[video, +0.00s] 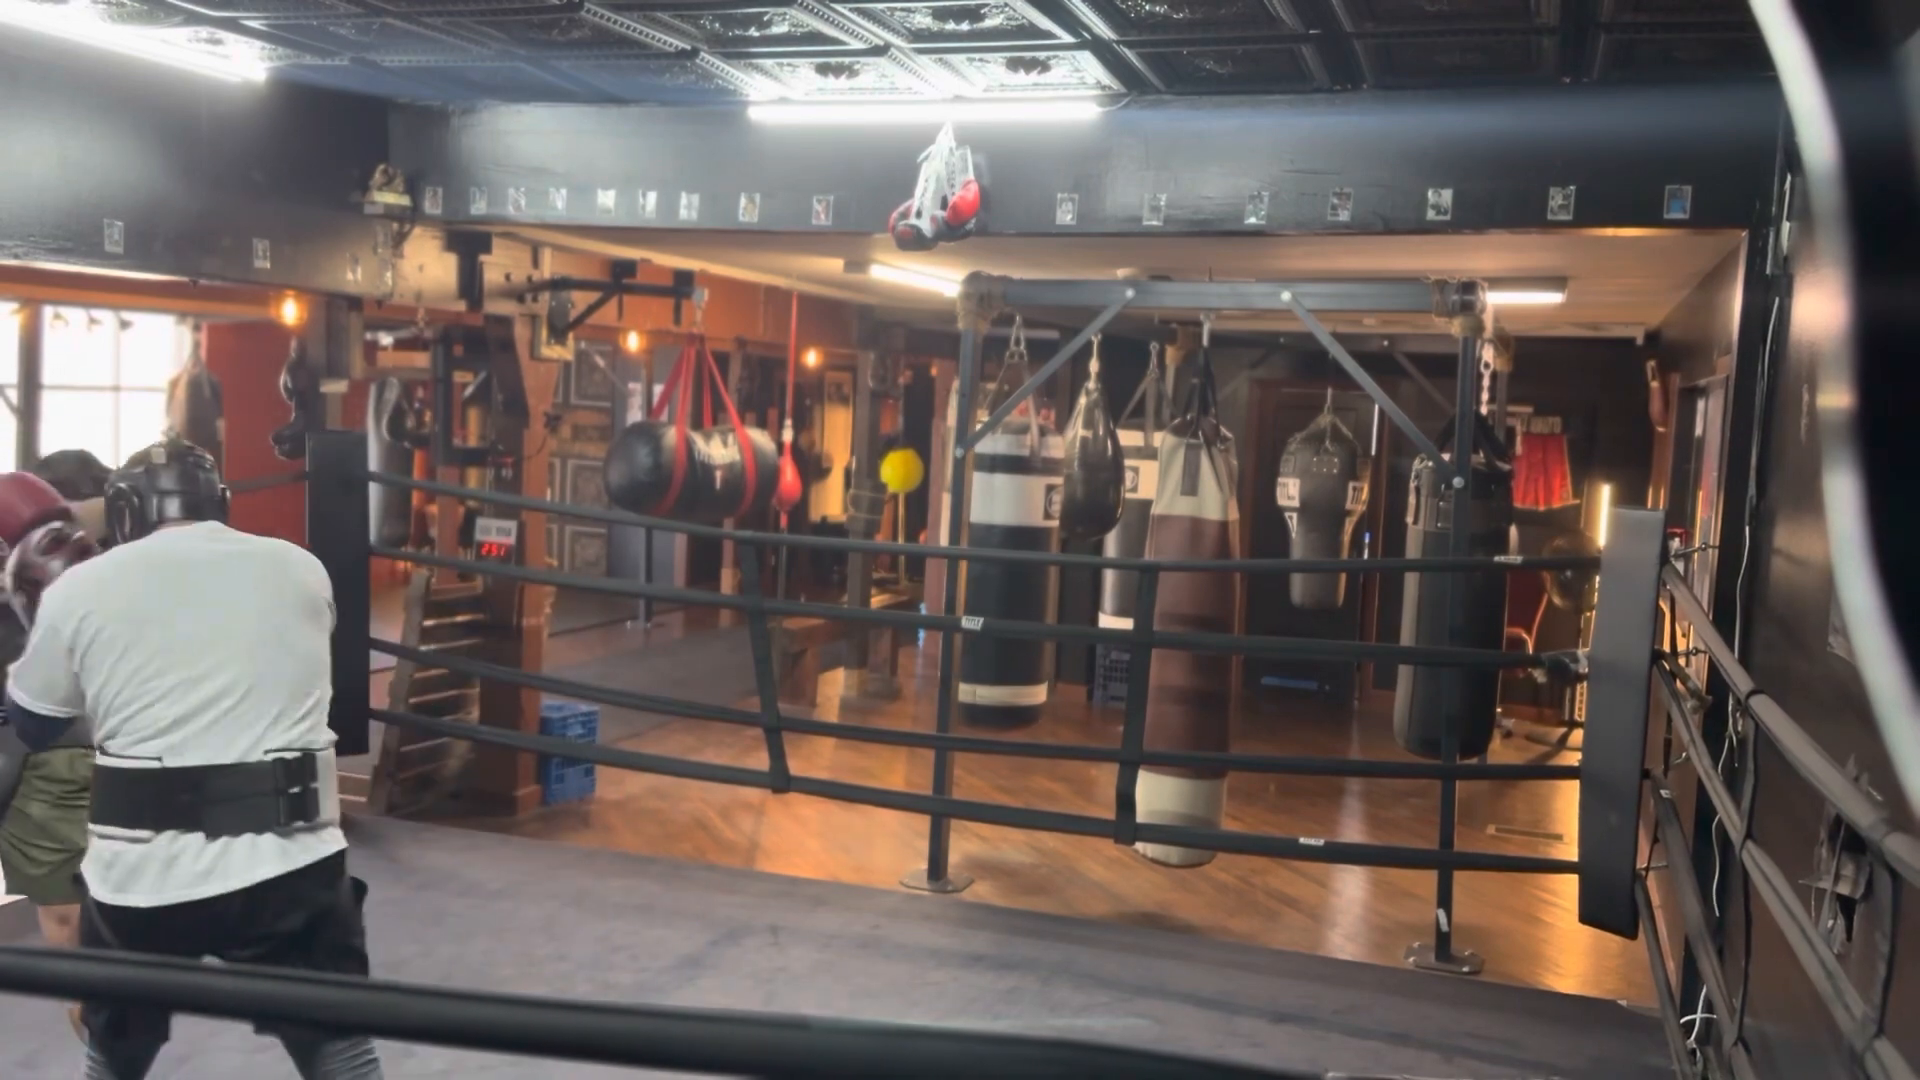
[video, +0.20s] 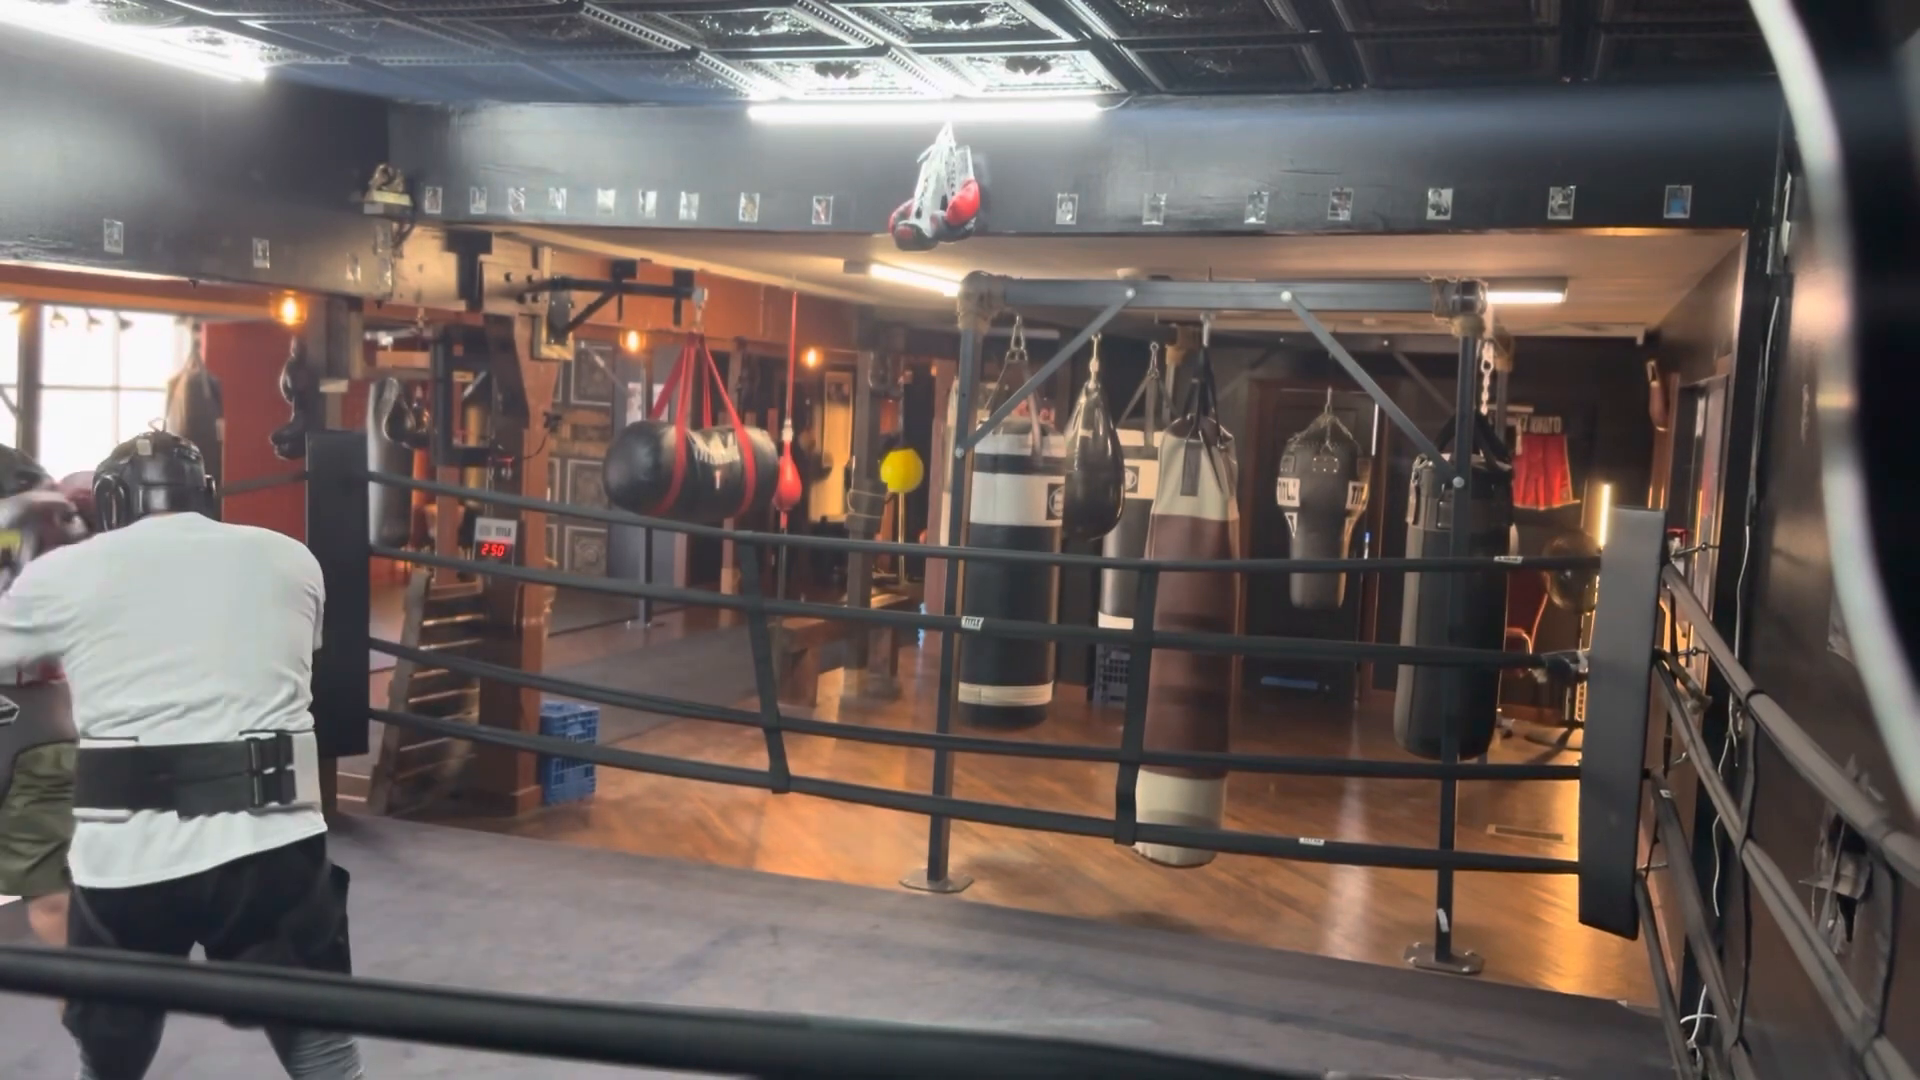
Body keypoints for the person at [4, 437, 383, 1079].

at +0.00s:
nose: (103, 522)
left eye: (110, 509)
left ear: (127, 514)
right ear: (219, 507)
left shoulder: (80, 591)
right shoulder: (302, 569)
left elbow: (33, 728)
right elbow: (294, 686)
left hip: (142, 893)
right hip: (291, 882)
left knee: (115, 1052)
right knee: (341, 1051)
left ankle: (111, 1060)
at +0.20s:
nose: (93, 513)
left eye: (97, 502)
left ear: (110, 504)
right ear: (207, 499)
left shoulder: (56, 576)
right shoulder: (292, 559)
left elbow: (8, 663)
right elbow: (289, 673)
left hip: (126, 861)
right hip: (273, 850)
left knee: (109, 1058)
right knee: (323, 1046)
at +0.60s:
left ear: (229, 489)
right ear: (317, 496)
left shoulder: (150, 558)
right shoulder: (367, 581)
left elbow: (84, 682)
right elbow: (355, 730)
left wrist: (172, 668)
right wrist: (276, 695)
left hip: (140, 847)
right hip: (276, 858)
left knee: (111, 1011)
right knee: (309, 1048)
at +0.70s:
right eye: (305, 490)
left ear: (207, 496)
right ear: (300, 499)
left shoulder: (139, 553)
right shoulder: (354, 572)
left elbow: (96, 672)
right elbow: (355, 719)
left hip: (147, 838)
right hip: (280, 846)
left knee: (110, 1011)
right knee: (301, 1048)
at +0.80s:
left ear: (183, 499)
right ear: (272, 501)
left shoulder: (123, 559)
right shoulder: (334, 571)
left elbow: (97, 674)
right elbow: (346, 701)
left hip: (146, 844)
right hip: (278, 848)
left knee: (115, 1007)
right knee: (295, 1041)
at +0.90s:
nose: (134, 498)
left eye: (139, 490)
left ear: (148, 492)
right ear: (233, 492)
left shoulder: (109, 551)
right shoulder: (305, 561)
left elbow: (38, 600)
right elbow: (322, 659)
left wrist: (75, 524)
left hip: (134, 833)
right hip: (263, 832)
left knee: (107, 998)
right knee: (298, 1023)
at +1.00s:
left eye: (133, 485)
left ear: (142, 488)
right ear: (227, 484)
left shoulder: (106, 545)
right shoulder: (296, 550)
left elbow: (31, 568)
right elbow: (318, 644)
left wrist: (77, 517)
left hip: (135, 823)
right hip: (265, 820)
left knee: (107, 996)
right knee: (307, 1012)